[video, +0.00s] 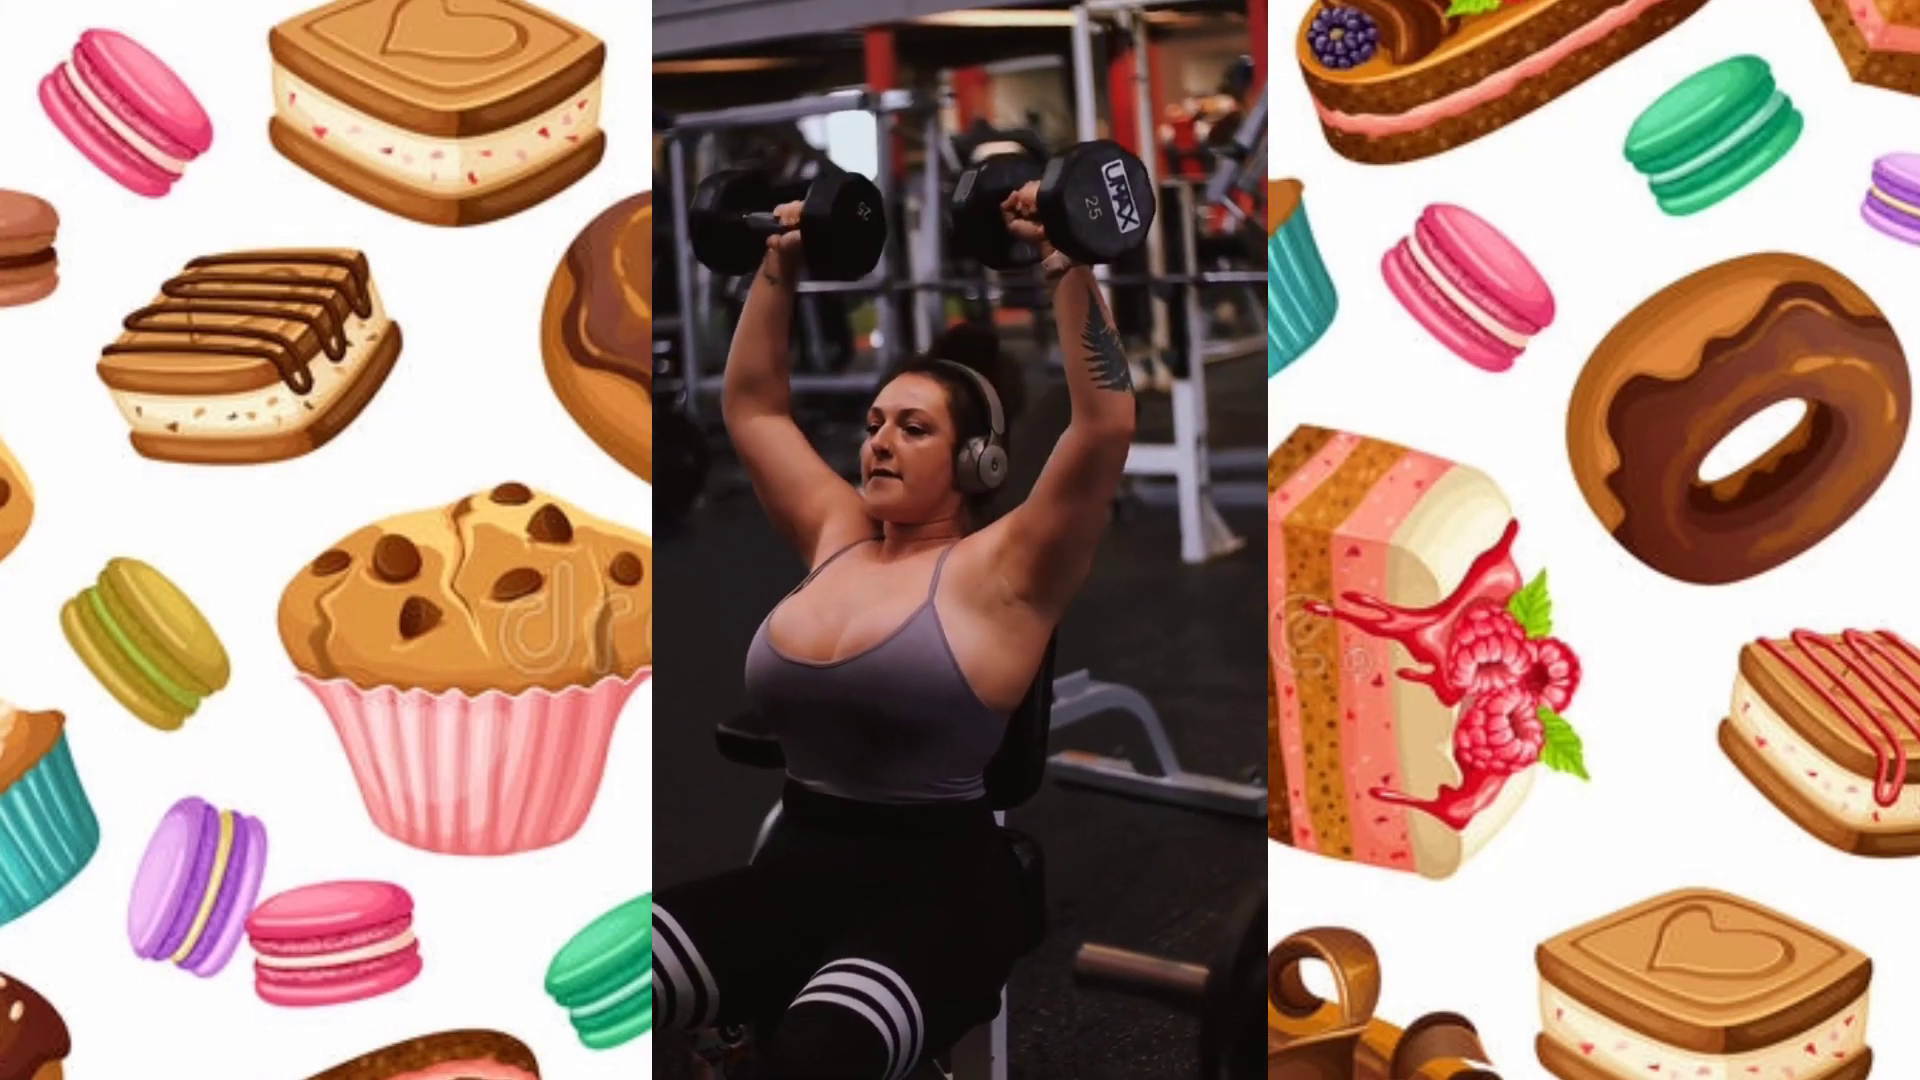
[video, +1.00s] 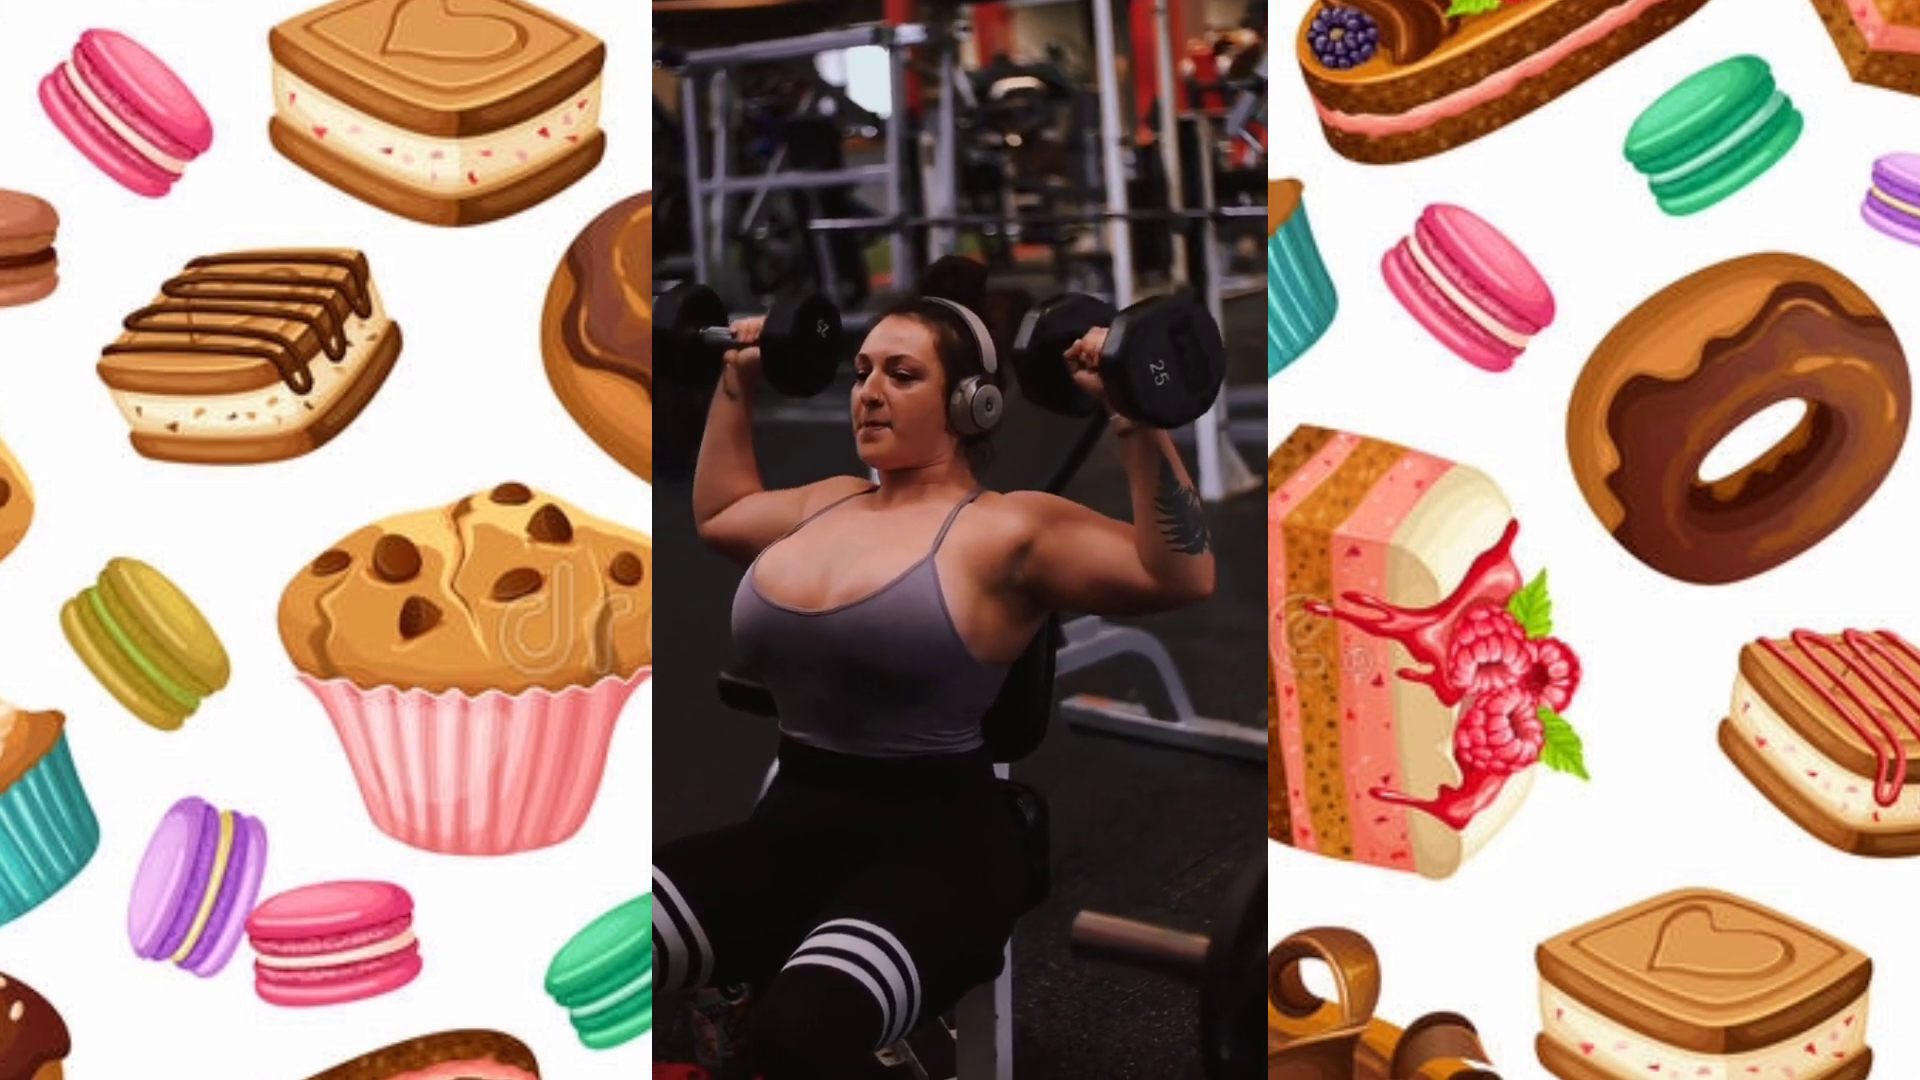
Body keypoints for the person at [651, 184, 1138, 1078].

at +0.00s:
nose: (881, 444)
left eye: (913, 429)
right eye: (874, 426)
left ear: (974, 459)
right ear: (861, 444)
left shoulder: (1008, 571)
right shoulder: (839, 536)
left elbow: (1104, 427)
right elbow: (753, 406)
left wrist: (1071, 267)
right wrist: (779, 265)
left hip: (936, 890)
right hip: (798, 875)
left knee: (820, 1046)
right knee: (598, 978)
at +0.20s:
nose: (867, 432)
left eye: (900, 418)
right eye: (862, 415)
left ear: (962, 449)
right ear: (851, 433)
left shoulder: (995, 568)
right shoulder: (824, 528)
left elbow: (1133, 468)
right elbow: (728, 439)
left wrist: (1082, 305)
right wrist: (755, 307)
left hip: (928, 881)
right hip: (791, 864)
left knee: (801, 1044)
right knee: (591, 972)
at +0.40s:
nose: (857, 429)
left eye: (889, 414)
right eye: (852, 412)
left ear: (954, 445)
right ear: (838, 429)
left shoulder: (985, 566)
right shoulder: (812, 531)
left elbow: (1150, 528)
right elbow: (710, 485)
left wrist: (1096, 369)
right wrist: (736, 358)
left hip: (921, 879)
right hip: (783, 860)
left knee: (790, 1045)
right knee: (596, 972)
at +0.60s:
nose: (859, 426)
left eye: (891, 409)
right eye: (853, 406)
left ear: (955, 436)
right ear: (842, 422)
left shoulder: (992, 561)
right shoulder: (817, 532)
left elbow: (1162, 596)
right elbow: (711, 532)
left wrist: (1123, 437)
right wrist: (730, 403)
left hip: (926, 873)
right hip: (787, 856)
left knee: (793, 1040)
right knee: (598, 962)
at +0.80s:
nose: (870, 411)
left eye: (901, 394)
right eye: (865, 391)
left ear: (966, 421)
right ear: (851, 405)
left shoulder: (1010, 551)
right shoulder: (835, 521)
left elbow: (1178, 629)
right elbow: (726, 556)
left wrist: (1144, 468)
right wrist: (734, 428)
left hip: (939, 860)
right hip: (798, 843)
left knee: (799, 1035)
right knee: (602, 949)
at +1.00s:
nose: (869, 392)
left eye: (901, 375)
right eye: (863, 371)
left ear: (967, 401)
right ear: (851, 387)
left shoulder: (1009, 528)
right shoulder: (829, 501)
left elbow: (1180, 574)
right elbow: (718, 512)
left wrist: (1132, 412)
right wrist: (736, 377)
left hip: (940, 849)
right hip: (795, 831)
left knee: (799, 1028)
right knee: (601, 940)